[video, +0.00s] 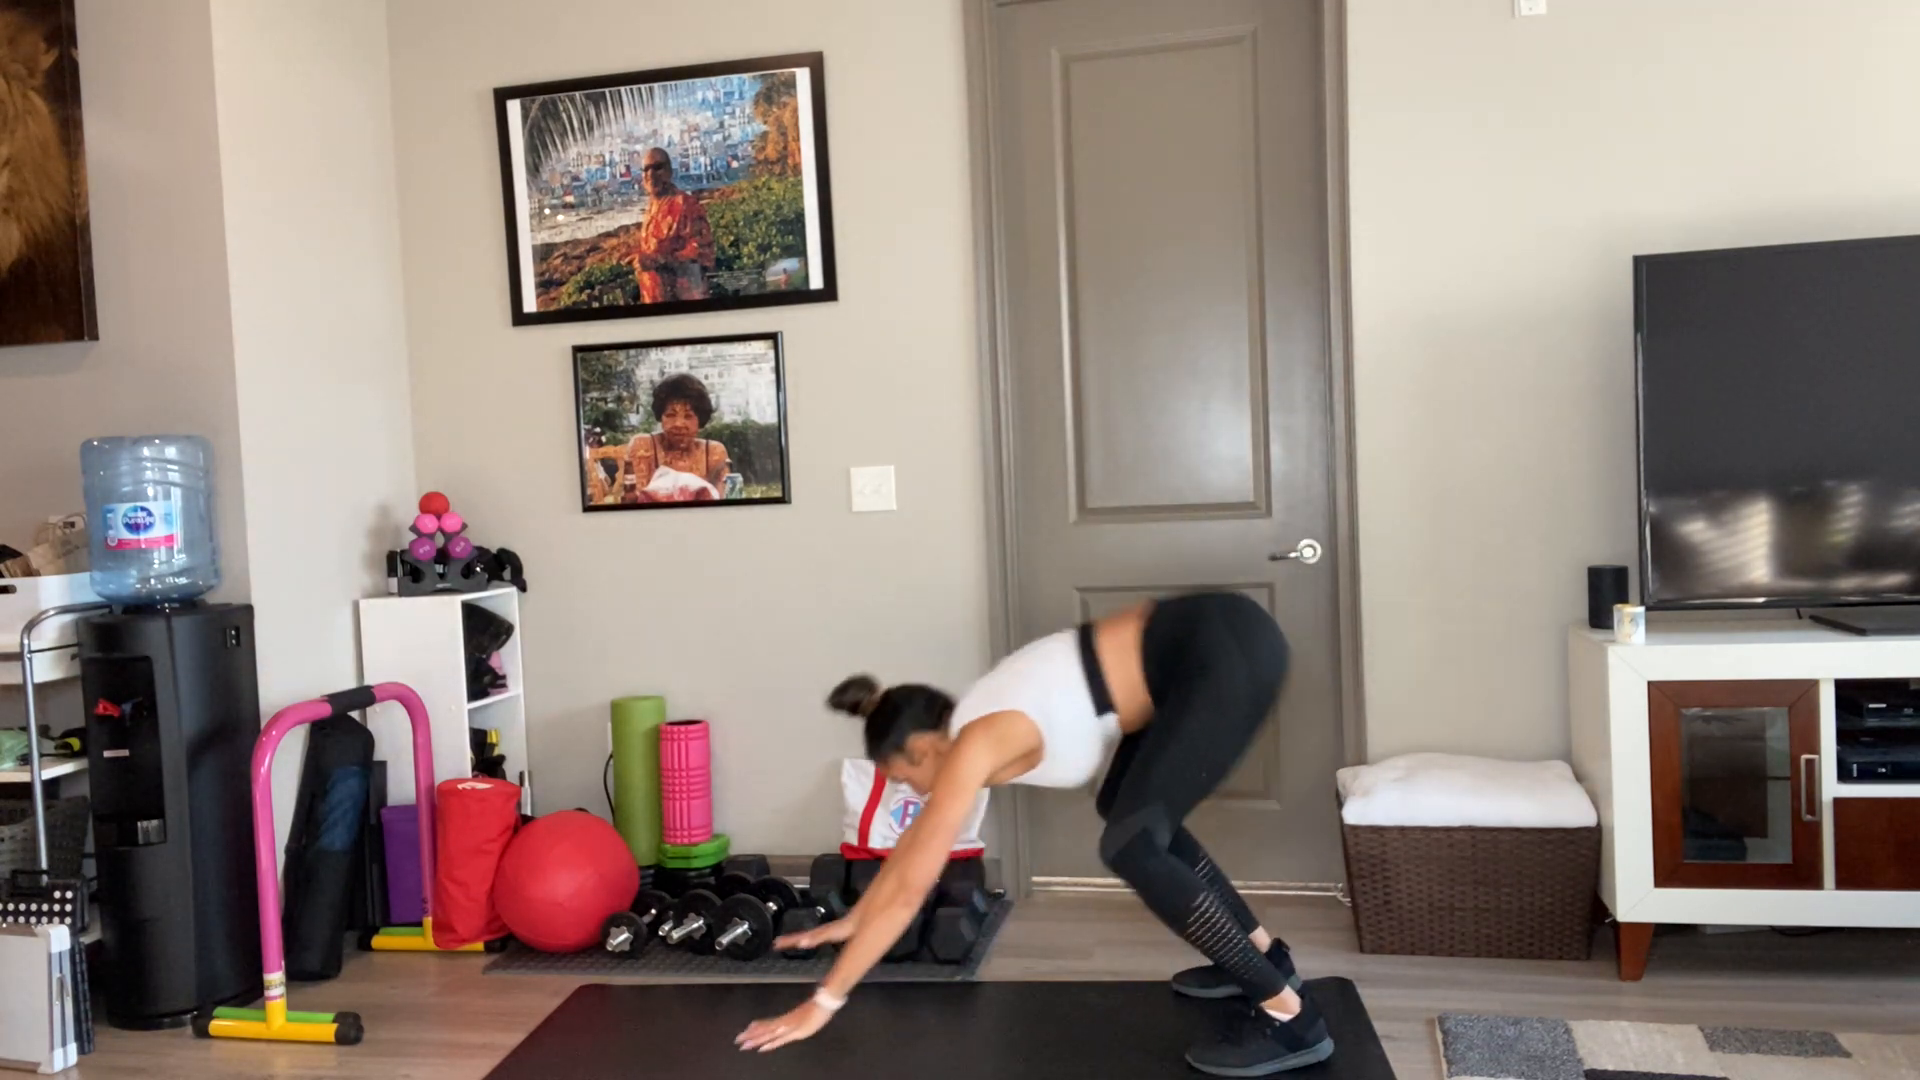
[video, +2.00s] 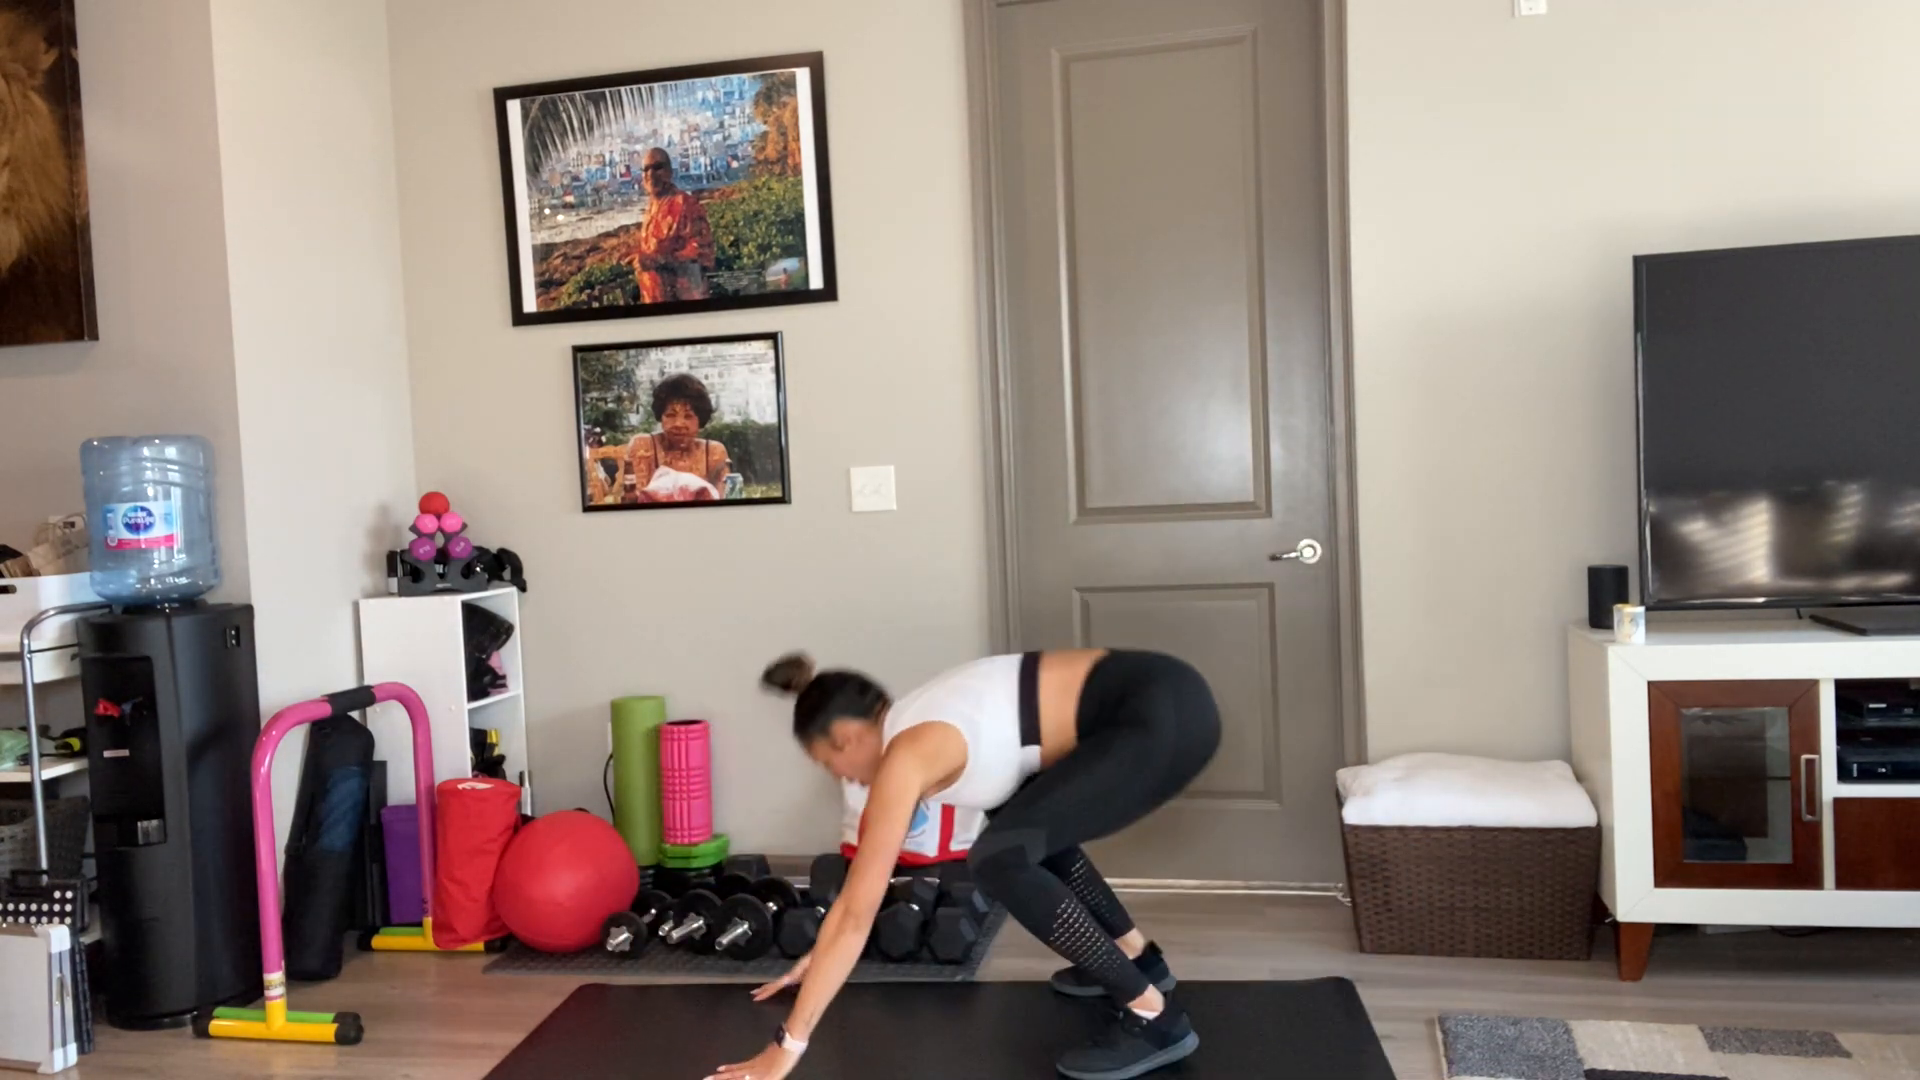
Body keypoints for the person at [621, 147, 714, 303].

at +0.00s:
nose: (650, 174)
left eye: (657, 167)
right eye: (646, 169)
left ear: (670, 172)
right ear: (642, 175)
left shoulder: (686, 205)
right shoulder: (653, 206)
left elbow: (703, 255)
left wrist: (655, 260)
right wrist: (639, 257)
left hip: (683, 297)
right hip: (655, 297)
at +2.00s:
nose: (650, 174)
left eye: (657, 167)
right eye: (646, 169)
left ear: (670, 172)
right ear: (642, 176)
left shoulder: (686, 204)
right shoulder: (653, 206)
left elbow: (703, 255)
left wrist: (655, 260)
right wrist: (638, 257)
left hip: (683, 297)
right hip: (655, 297)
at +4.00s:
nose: (650, 175)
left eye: (657, 167)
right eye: (645, 169)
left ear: (669, 172)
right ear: (642, 176)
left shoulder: (686, 204)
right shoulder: (654, 206)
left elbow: (703, 255)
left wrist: (657, 261)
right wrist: (638, 257)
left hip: (683, 297)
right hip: (656, 297)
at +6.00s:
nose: (650, 174)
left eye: (657, 167)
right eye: (645, 169)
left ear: (669, 171)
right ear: (642, 176)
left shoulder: (686, 204)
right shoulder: (654, 206)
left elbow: (703, 255)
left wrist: (657, 260)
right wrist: (638, 257)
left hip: (683, 297)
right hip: (655, 297)